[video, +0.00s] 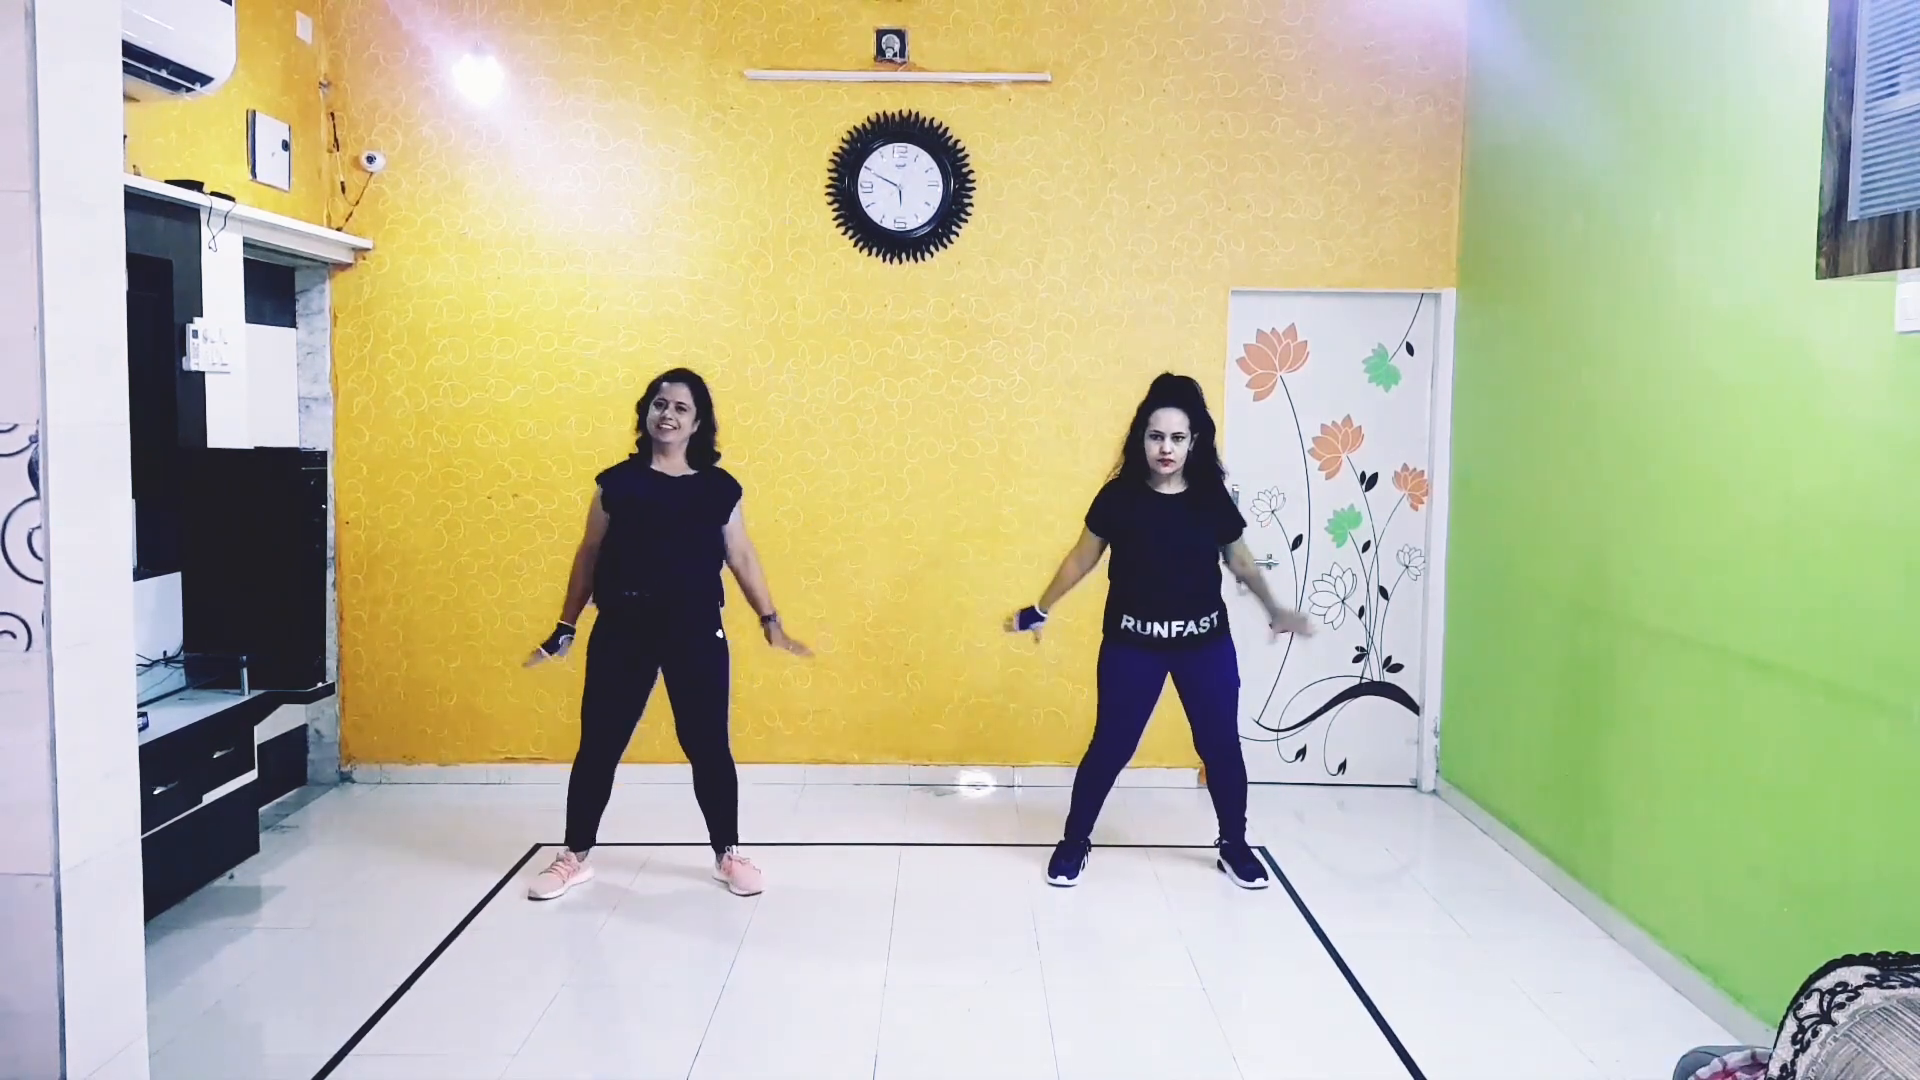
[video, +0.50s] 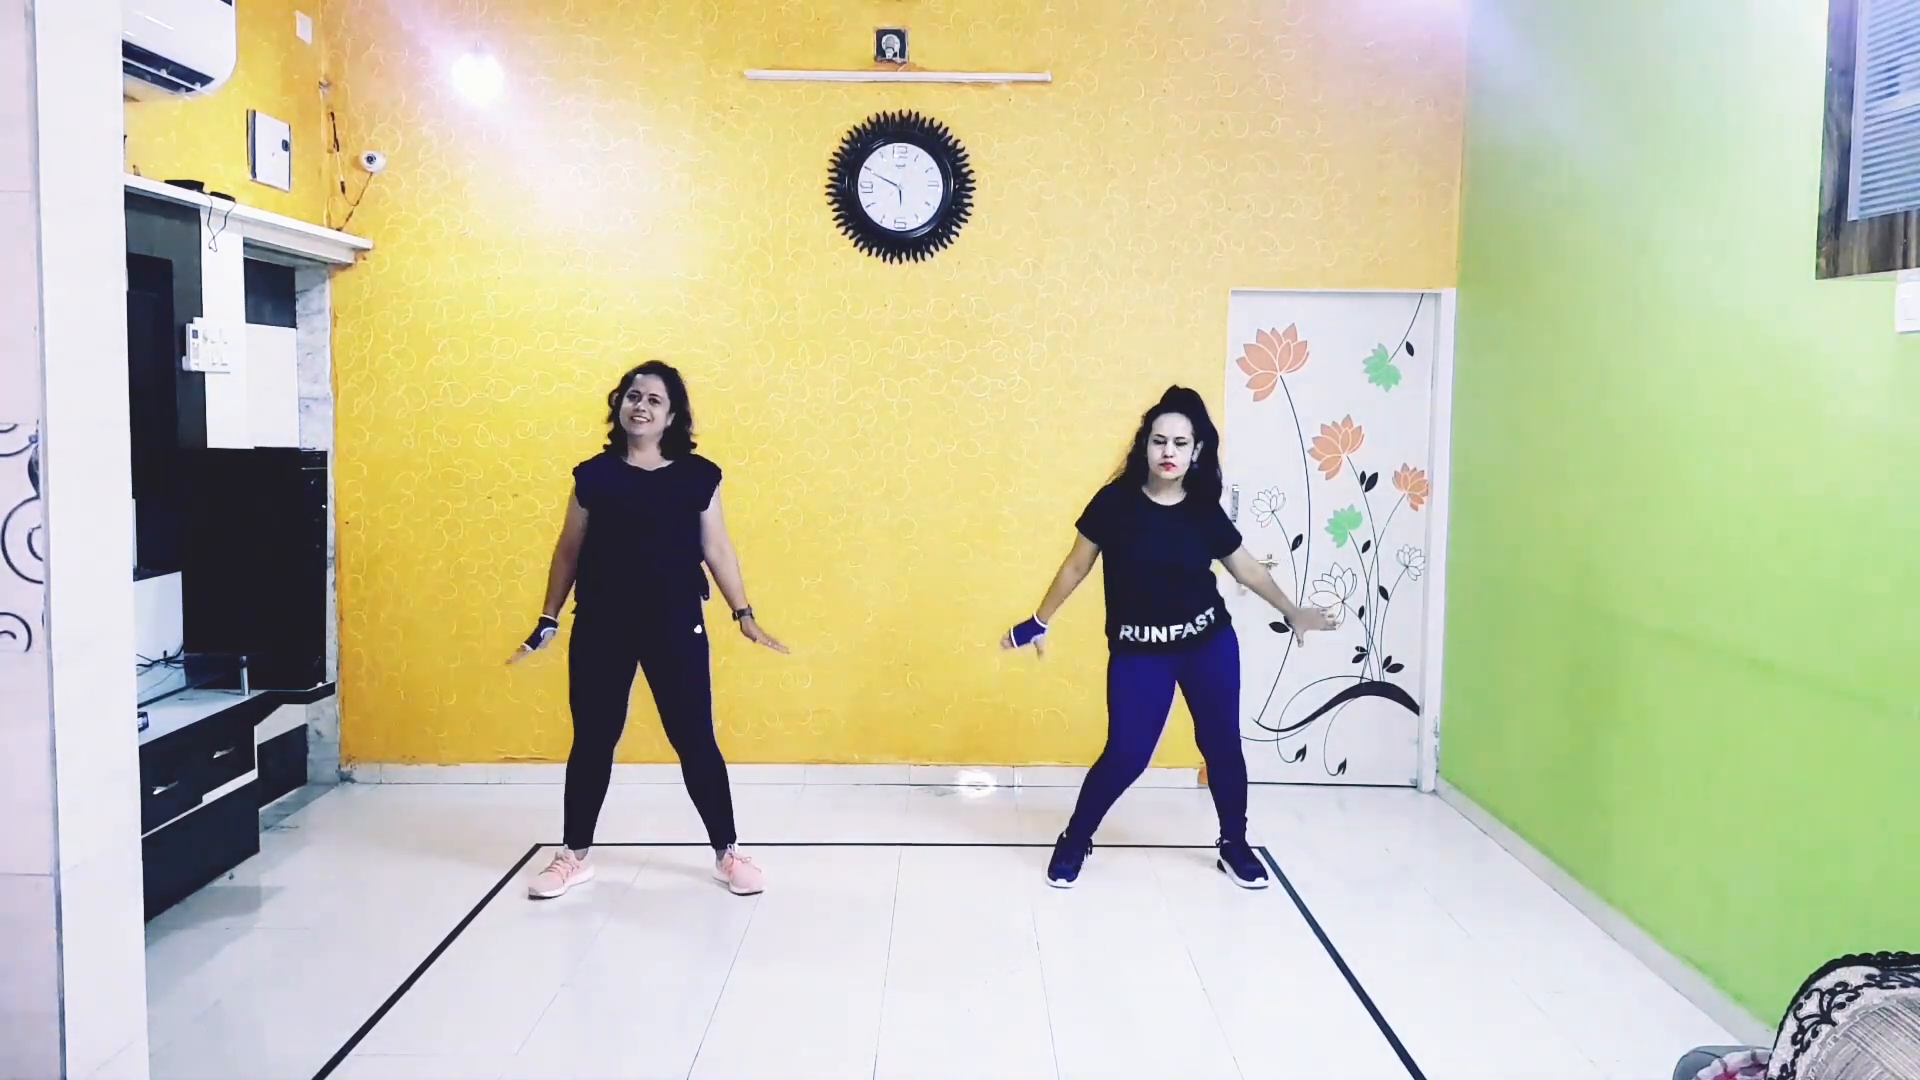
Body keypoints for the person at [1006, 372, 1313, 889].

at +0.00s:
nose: (1165, 447)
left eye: (1177, 437)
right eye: (1156, 435)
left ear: (1194, 442)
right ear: (1140, 438)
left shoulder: (1211, 498)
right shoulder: (1119, 498)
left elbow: (1242, 563)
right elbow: (1083, 557)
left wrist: (1275, 609)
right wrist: (1042, 606)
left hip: (1205, 645)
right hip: (1133, 645)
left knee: (1222, 748)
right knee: (1110, 749)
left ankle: (1235, 843)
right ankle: (1075, 841)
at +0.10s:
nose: (1167, 446)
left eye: (1179, 436)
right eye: (1158, 434)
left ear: (1196, 441)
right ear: (1142, 438)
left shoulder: (1213, 496)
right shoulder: (1120, 495)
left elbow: (1257, 552)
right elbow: (1072, 553)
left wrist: (1299, 590)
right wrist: (1025, 594)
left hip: (1203, 643)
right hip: (1132, 643)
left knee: (1221, 748)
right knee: (1110, 748)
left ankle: (1234, 843)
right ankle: (1074, 841)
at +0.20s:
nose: (1167, 444)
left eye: (1179, 434)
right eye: (1158, 432)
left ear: (1196, 440)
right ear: (1143, 436)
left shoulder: (1213, 495)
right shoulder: (1121, 494)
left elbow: (1257, 547)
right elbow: (1073, 549)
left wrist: (1301, 585)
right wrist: (1024, 589)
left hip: (1204, 643)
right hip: (1133, 643)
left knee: (1221, 748)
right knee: (1111, 746)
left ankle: (1234, 843)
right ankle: (1074, 841)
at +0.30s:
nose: (1167, 444)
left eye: (1179, 434)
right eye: (1158, 431)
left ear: (1196, 440)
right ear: (1143, 435)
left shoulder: (1211, 496)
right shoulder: (1119, 494)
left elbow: (1254, 549)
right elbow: (1072, 551)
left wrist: (1299, 588)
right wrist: (1024, 594)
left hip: (1208, 643)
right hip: (1137, 644)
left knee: (1222, 747)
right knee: (1114, 750)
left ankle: (1234, 843)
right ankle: (1075, 842)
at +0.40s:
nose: (1169, 448)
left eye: (1181, 438)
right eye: (1160, 435)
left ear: (1197, 446)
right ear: (1144, 440)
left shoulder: (1207, 505)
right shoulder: (1115, 499)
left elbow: (1254, 562)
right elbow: (1074, 560)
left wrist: (1296, 602)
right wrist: (1033, 609)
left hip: (1210, 643)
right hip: (1141, 649)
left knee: (1224, 747)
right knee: (1124, 757)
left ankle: (1235, 842)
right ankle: (1076, 842)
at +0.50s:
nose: (1169, 452)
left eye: (1181, 442)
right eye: (1159, 441)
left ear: (1196, 450)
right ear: (1144, 445)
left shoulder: (1203, 509)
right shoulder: (1113, 504)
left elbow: (1247, 568)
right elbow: (1075, 567)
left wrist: (1293, 610)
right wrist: (1040, 620)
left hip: (1208, 645)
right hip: (1140, 653)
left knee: (1223, 744)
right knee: (1126, 758)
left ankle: (1235, 842)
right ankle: (1075, 840)